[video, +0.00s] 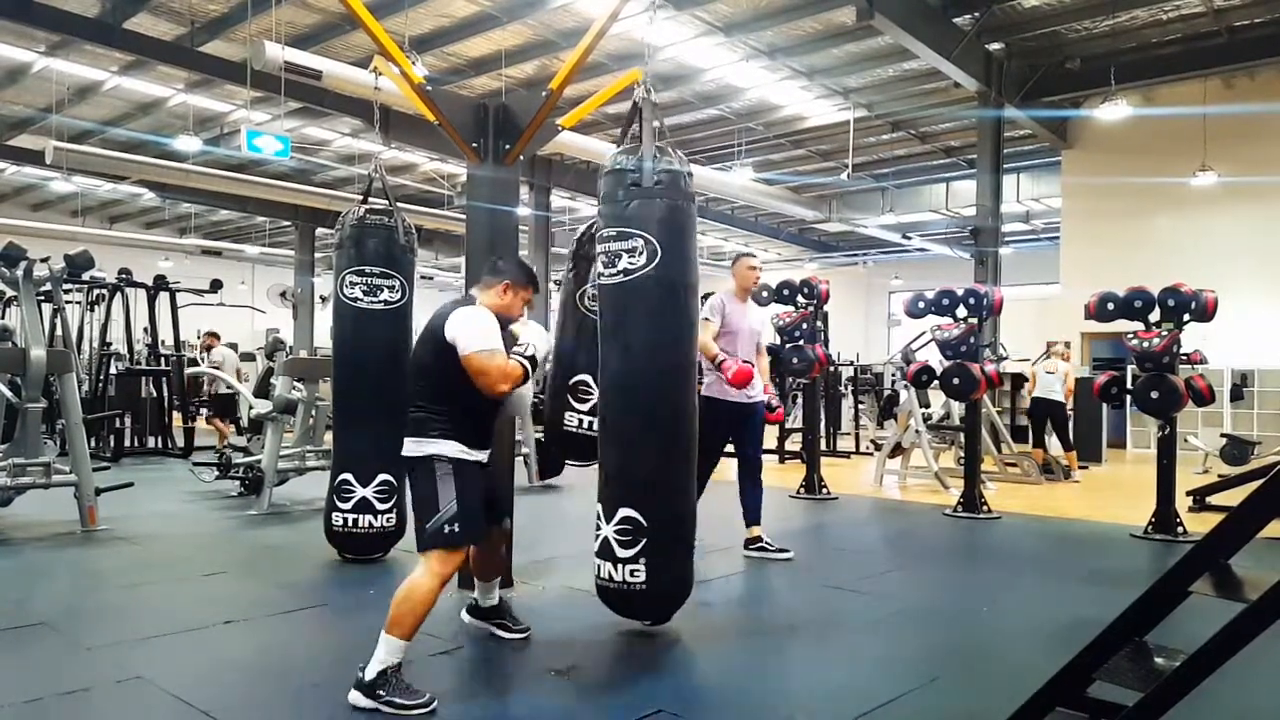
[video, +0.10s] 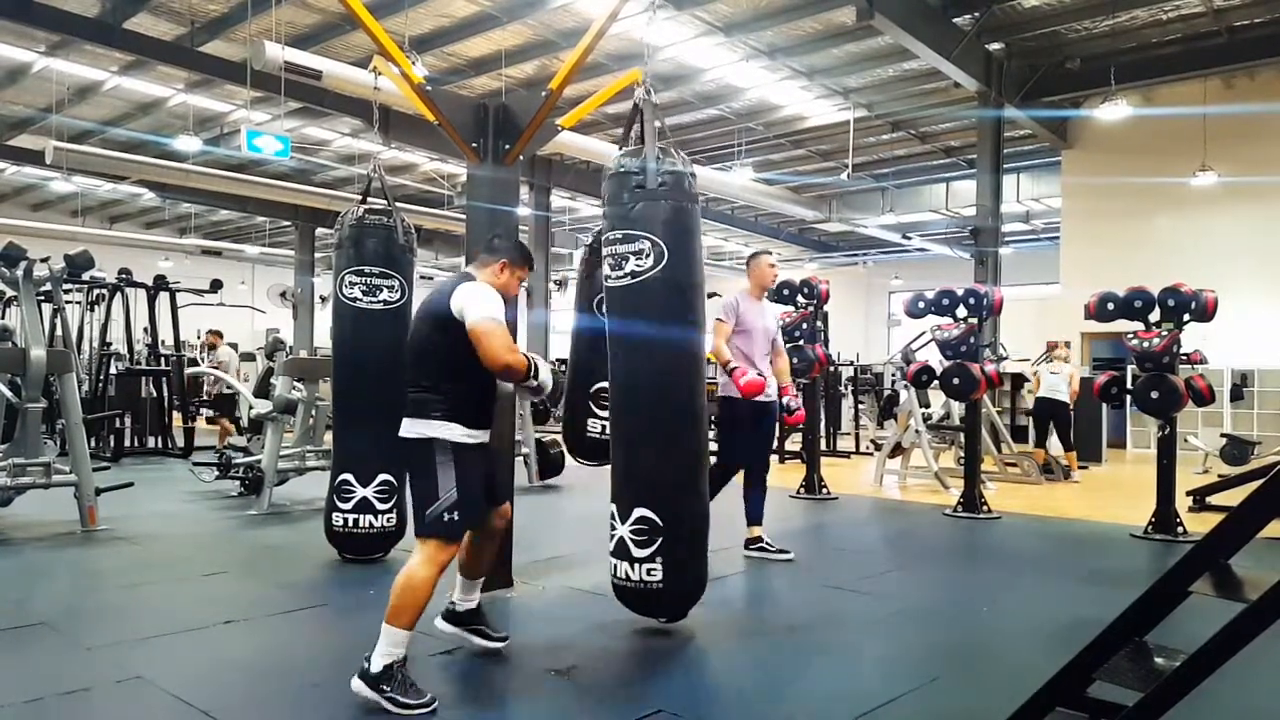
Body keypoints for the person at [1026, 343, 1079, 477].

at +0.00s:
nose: (1068, 358)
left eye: (1068, 356)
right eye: (1067, 355)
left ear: (1049, 354)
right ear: (1063, 355)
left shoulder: (1037, 367)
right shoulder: (1067, 367)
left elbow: (1030, 388)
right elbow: (1070, 388)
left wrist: (1032, 398)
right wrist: (1065, 400)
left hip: (1038, 399)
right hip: (1057, 400)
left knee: (1037, 438)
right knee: (1065, 438)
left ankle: (1036, 471)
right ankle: (1075, 471)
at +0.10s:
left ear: (1052, 356)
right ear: (1068, 358)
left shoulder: (1042, 368)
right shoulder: (1072, 369)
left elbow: (1035, 388)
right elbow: (1075, 389)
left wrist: (1039, 400)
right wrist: (1071, 403)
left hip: (1042, 399)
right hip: (1061, 400)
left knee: (1040, 438)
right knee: (1066, 440)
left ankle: (1036, 471)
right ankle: (1074, 472)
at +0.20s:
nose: (1067, 360)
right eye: (1068, 358)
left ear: (1054, 361)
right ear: (1068, 360)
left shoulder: (1048, 373)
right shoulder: (1076, 373)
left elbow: (1041, 389)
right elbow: (1080, 392)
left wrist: (1044, 400)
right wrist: (1075, 403)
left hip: (1048, 399)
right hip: (1067, 400)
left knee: (1044, 440)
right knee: (1069, 440)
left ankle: (1037, 471)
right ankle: (1075, 472)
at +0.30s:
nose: (1055, 363)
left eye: (1056, 361)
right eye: (1057, 361)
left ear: (1058, 363)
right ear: (1070, 363)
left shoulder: (1052, 377)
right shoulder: (1078, 378)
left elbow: (1048, 392)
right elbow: (1085, 394)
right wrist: (1080, 407)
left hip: (1053, 400)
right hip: (1072, 401)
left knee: (1045, 439)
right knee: (1073, 440)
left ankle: (1039, 471)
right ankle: (1075, 473)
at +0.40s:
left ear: (1057, 377)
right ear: (1071, 378)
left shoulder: (1051, 381)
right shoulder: (1078, 384)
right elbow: (1089, 397)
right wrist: (1084, 409)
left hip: (1057, 401)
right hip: (1076, 403)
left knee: (1049, 438)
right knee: (1075, 440)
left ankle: (1038, 469)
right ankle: (1076, 473)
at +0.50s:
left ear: (1058, 386)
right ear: (1071, 385)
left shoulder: (1055, 390)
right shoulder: (1079, 389)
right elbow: (1090, 398)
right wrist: (1085, 412)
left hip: (1059, 403)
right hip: (1079, 404)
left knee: (1049, 439)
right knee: (1076, 441)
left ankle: (1039, 470)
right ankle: (1075, 473)